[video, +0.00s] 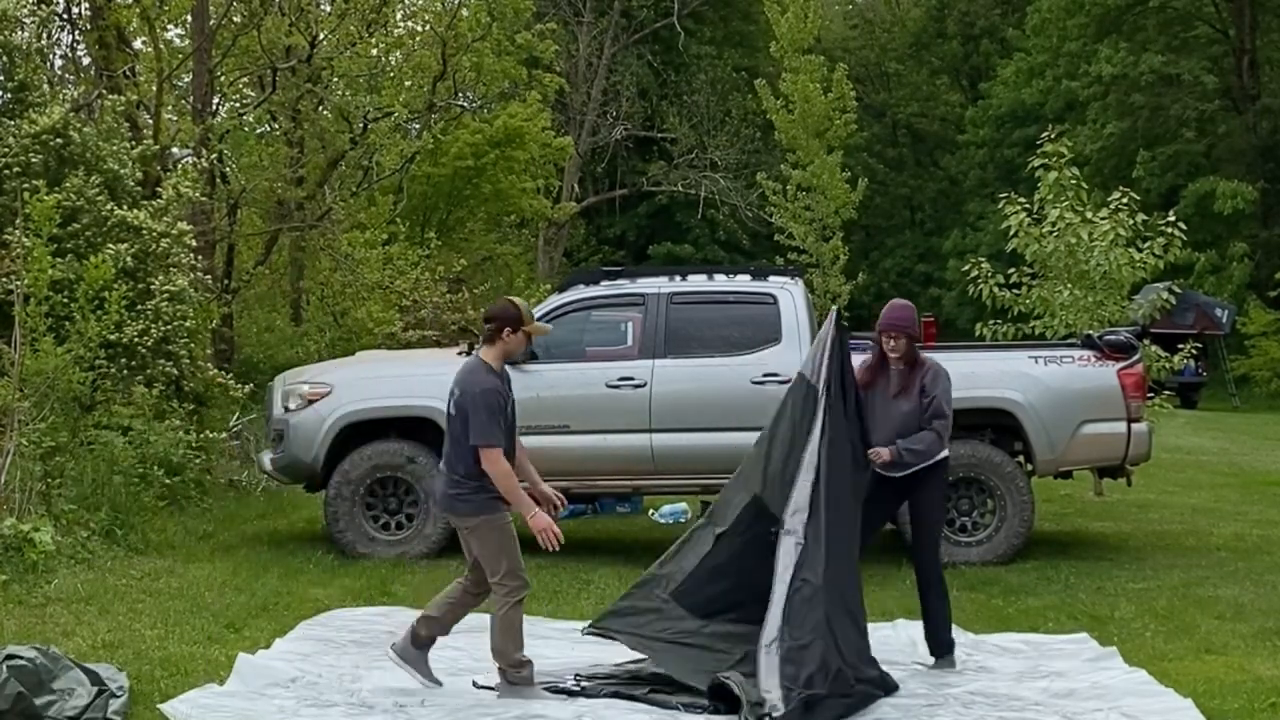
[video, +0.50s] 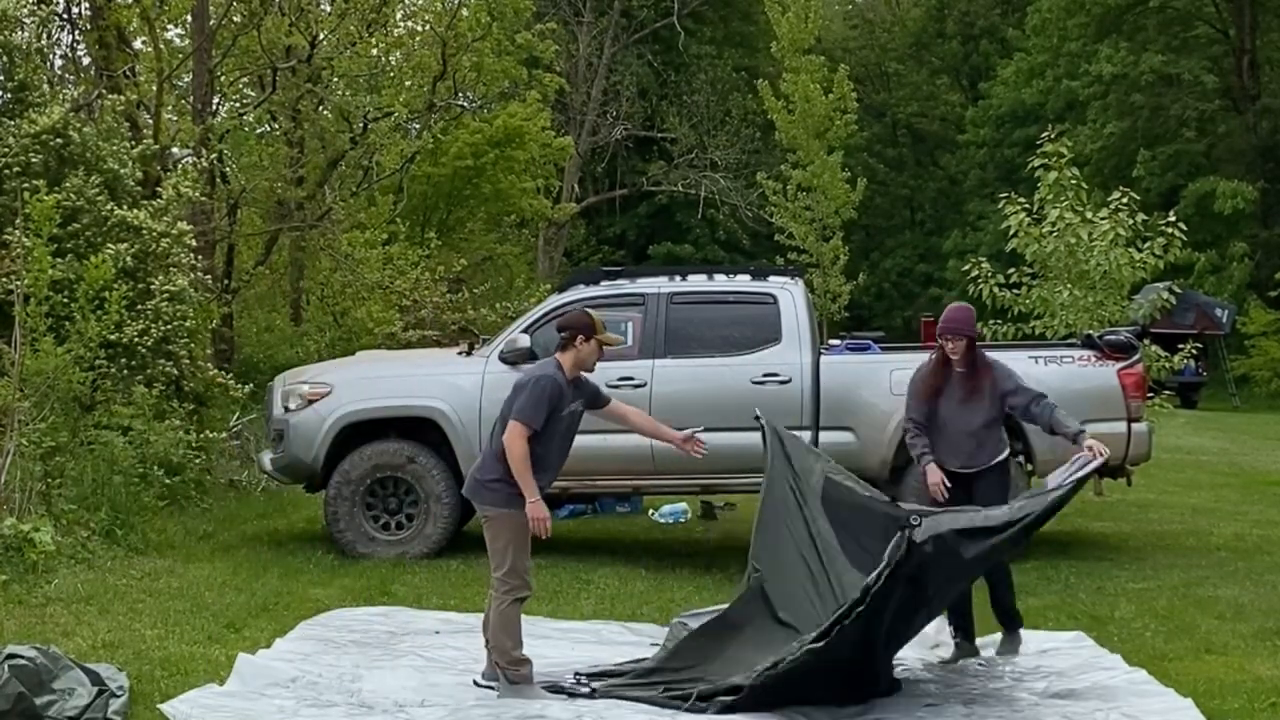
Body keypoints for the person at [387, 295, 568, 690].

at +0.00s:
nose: (529, 342)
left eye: (529, 335)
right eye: (525, 334)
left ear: (498, 334)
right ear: (507, 335)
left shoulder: (493, 374)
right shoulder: (483, 385)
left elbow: (510, 442)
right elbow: (492, 460)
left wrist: (537, 484)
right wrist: (532, 512)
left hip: (471, 497)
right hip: (476, 501)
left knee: (481, 580)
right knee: (511, 585)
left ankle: (414, 643)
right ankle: (515, 678)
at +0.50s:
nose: (601, 352)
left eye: (601, 345)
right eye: (598, 344)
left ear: (576, 344)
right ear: (579, 343)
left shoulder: (579, 385)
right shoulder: (542, 380)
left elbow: (623, 413)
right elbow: (514, 438)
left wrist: (673, 437)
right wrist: (532, 497)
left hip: (514, 494)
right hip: (500, 493)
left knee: (508, 584)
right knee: (511, 586)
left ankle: (496, 666)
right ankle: (513, 676)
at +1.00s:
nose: (636, 400)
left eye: (638, 393)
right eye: (635, 393)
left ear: (603, 384)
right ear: (616, 390)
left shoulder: (567, 396)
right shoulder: (588, 438)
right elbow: (586, 517)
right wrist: (597, 577)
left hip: (483, 487)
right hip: (509, 501)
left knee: (507, 575)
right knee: (544, 591)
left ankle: (480, 655)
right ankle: (519, 680)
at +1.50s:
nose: (733, 362)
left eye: (735, 355)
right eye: (734, 354)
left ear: (693, 343)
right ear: (725, 348)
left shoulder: (645, 372)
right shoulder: (714, 393)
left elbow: (601, 440)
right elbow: (785, 444)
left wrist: (590, 502)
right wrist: (846, 467)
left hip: (599, 496)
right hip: (642, 504)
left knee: (632, 596)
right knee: (657, 606)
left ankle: (619, 694)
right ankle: (651, 706)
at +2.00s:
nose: (830, 416)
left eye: (829, 410)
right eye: (828, 410)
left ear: (783, 402)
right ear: (820, 408)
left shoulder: (748, 425)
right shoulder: (817, 435)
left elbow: (751, 489)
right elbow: (889, 474)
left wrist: (804, 524)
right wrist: (953, 490)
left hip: (686, 518)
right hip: (740, 524)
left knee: (696, 603)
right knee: (778, 616)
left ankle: (679, 696)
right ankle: (771, 709)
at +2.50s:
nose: (807, 565)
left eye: (808, 560)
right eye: (807, 556)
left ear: (776, 530)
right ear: (794, 538)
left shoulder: (752, 558)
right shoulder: (772, 537)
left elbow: (782, 624)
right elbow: (856, 549)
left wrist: (824, 668)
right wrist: (901, 542)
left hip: (673, 640)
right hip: (690, 628)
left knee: (770, 636)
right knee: (795, 608)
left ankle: (700, 700)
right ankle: (774, 710)